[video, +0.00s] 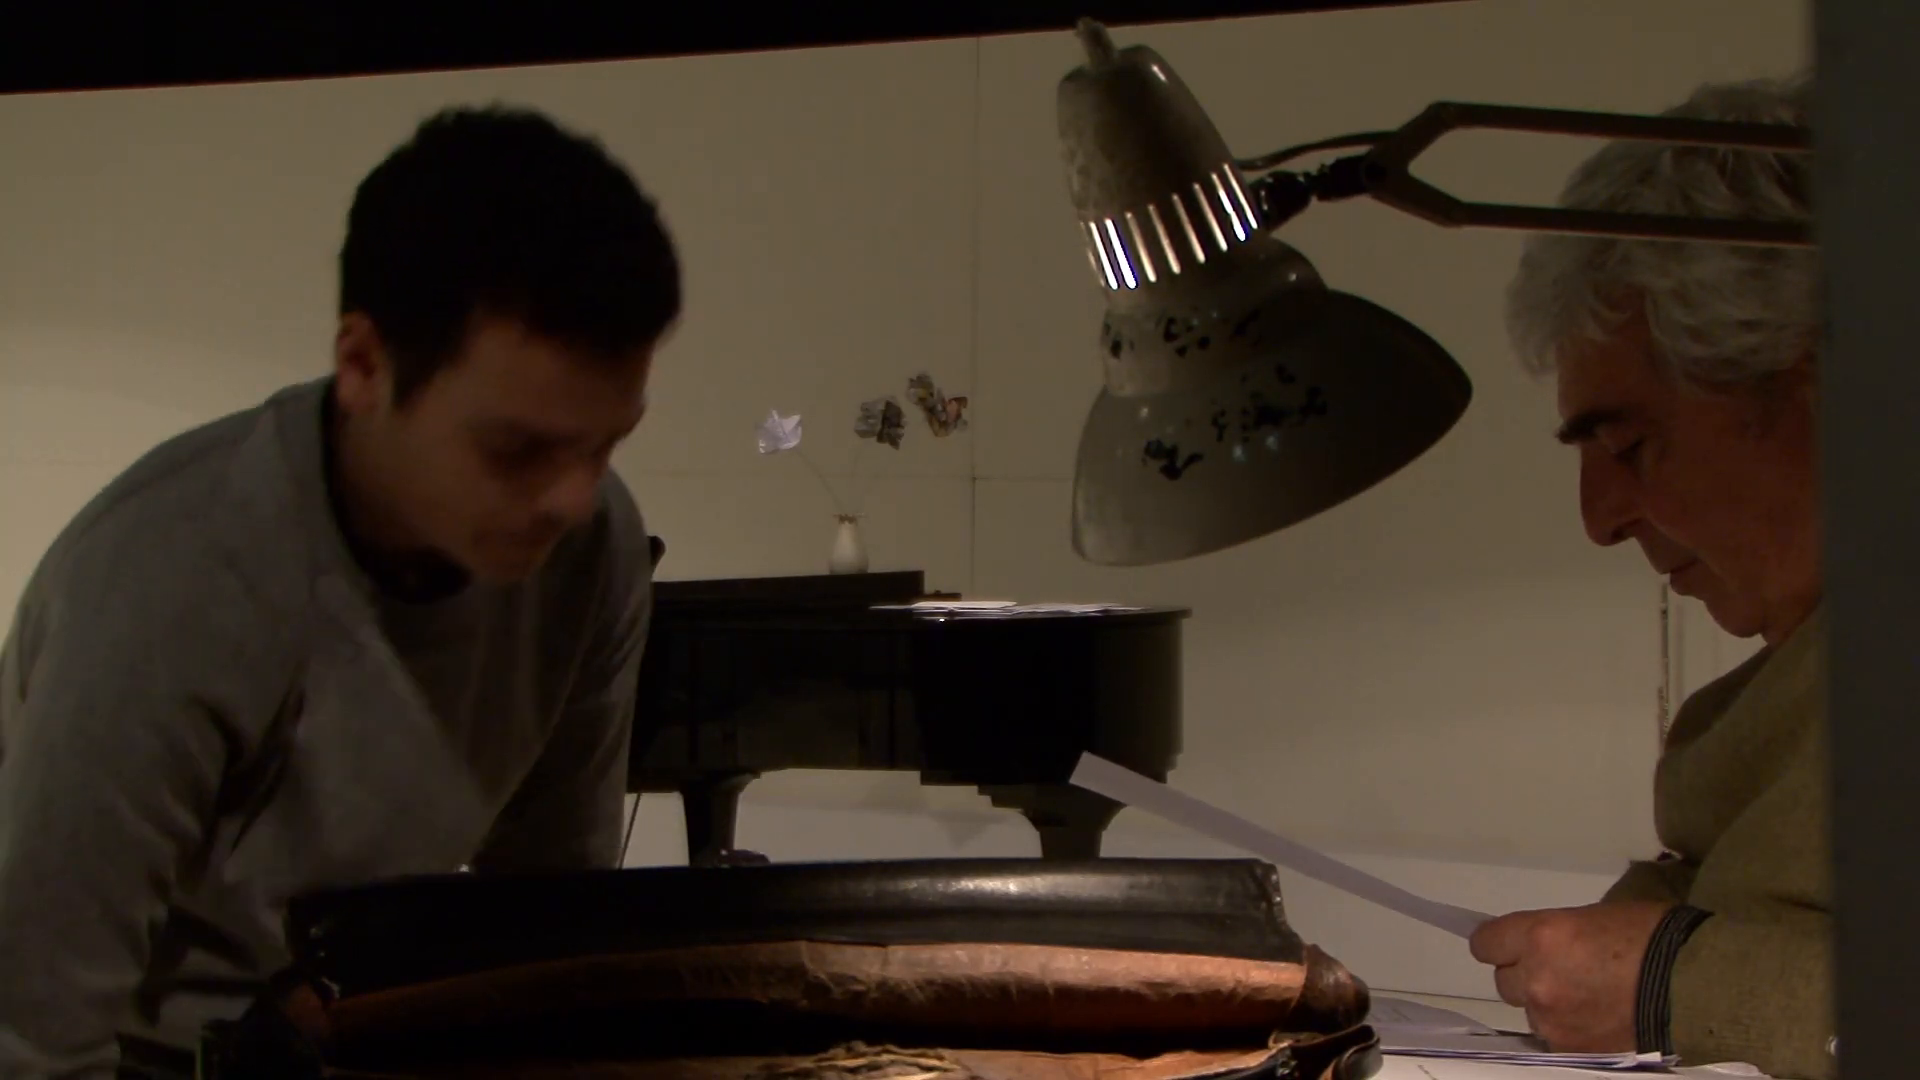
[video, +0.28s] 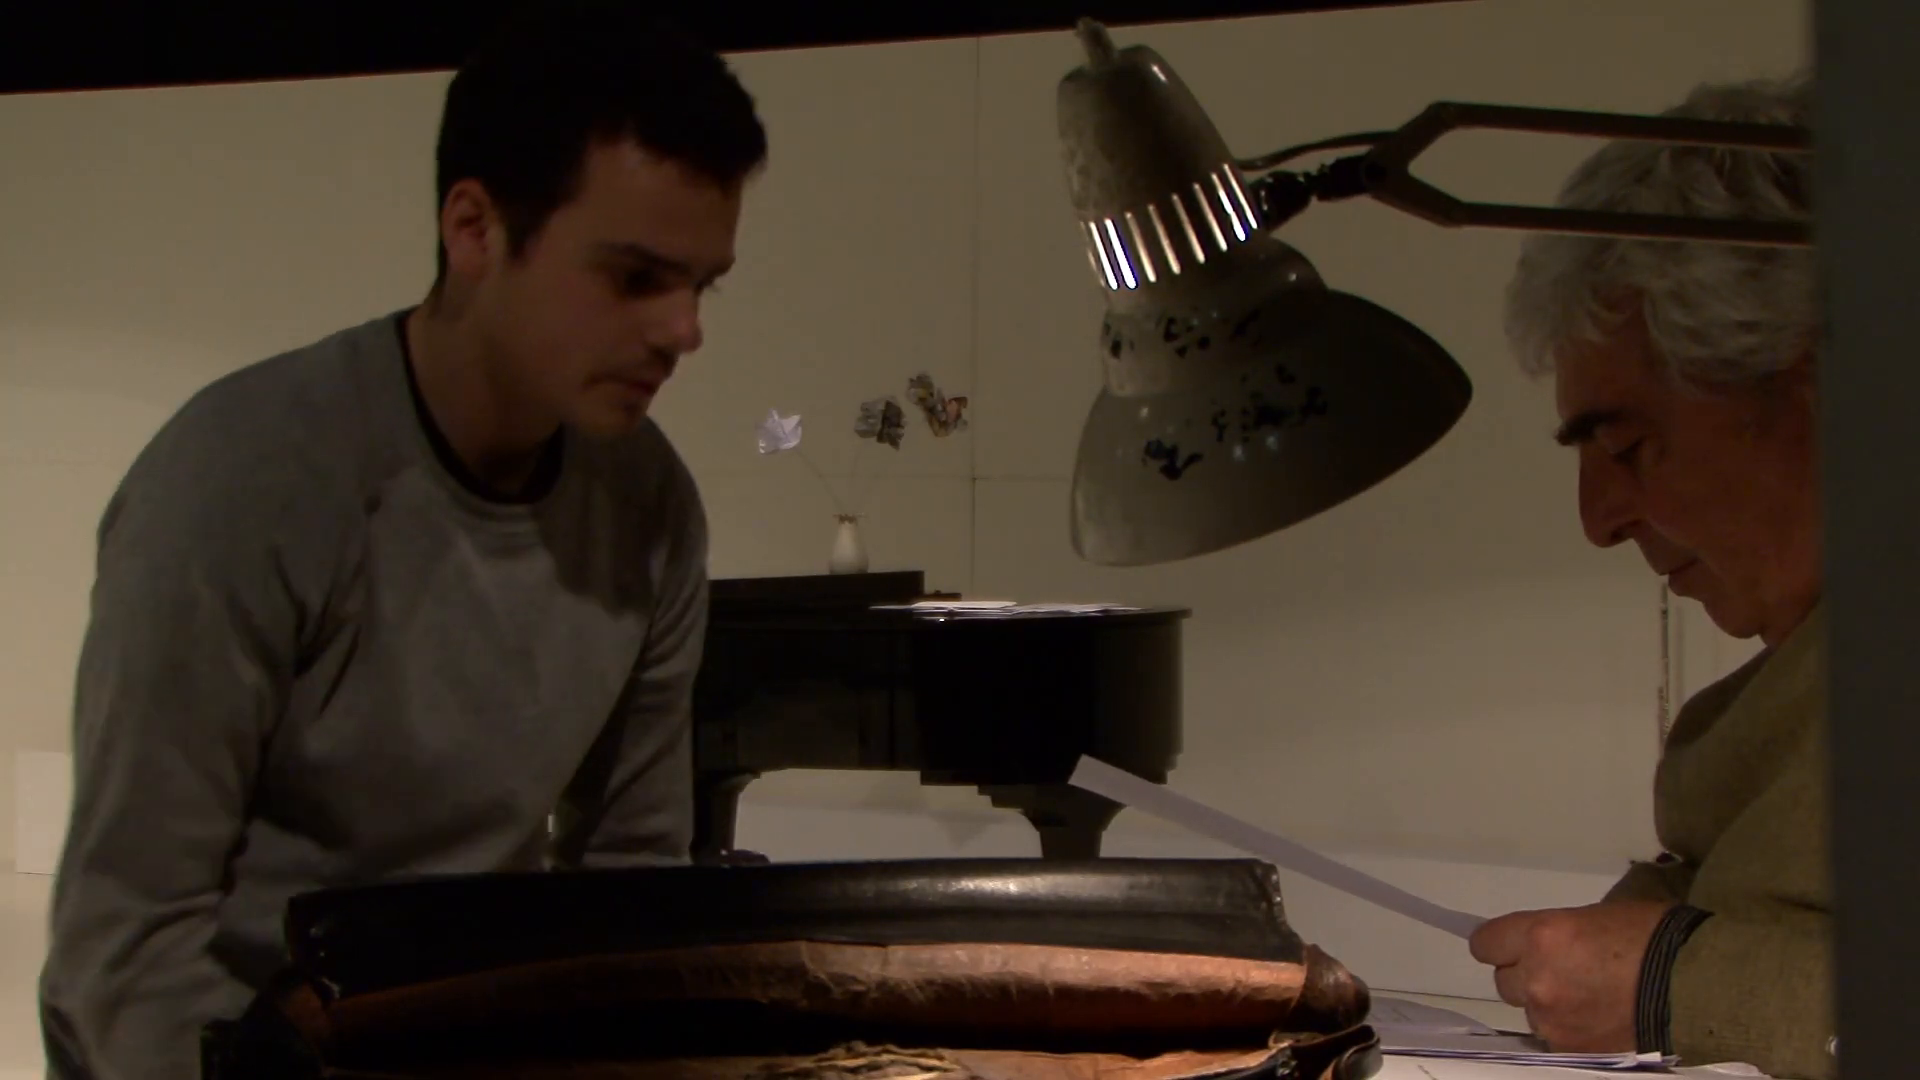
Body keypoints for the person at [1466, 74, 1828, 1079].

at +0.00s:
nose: (1602, 520)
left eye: (1628, 442)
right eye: (1592, 455)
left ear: (1806, 381)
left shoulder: (1874, 652)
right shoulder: (1797, 664)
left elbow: (1894, 1006)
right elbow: (1729, 873)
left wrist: (1674, 984)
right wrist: (1641, 949)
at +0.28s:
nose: (1600, 520)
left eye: (1625, 442)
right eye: (1590, 455)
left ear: (1808, 379)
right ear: (1803, 376)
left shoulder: (1873, 655)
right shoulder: (1795, 667)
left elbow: (1891, 1005)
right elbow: (1726, 871)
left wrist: (1674, 984)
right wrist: (1643, 945)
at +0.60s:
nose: (1598, 524)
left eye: (1620, 446)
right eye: (1588, 461)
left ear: (1806, 379)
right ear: (1801, 377)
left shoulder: (1871, 654)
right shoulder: (1790, 672)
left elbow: (1894, 1008)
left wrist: (1673, 984)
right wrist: (1642, 946)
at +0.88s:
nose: (1596, 528)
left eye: (1621, 450)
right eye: (1585, 465)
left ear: (1803, 379)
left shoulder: (1877, 653)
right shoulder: (1797, 665)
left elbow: (1894, 1007)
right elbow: (1726, 870)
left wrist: (1674, 983)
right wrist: (1641, 936)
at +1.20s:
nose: (1594, 531)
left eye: (1619, 452)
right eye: (1584, 467)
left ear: (1802, 382)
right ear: (1796, 380)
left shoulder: (1876, 659)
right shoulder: (1792, 674)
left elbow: (1894, 1007)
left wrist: (1675, 986)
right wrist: (1652, 928)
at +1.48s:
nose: (1594, 532)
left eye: (1618, 454)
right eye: (1582, 469)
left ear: (1799, 381)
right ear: (1794, 380)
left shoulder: (1874, 659)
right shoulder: (1789, 678)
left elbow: (1892, 1006)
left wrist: (1675, 985)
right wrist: (1650, 932)